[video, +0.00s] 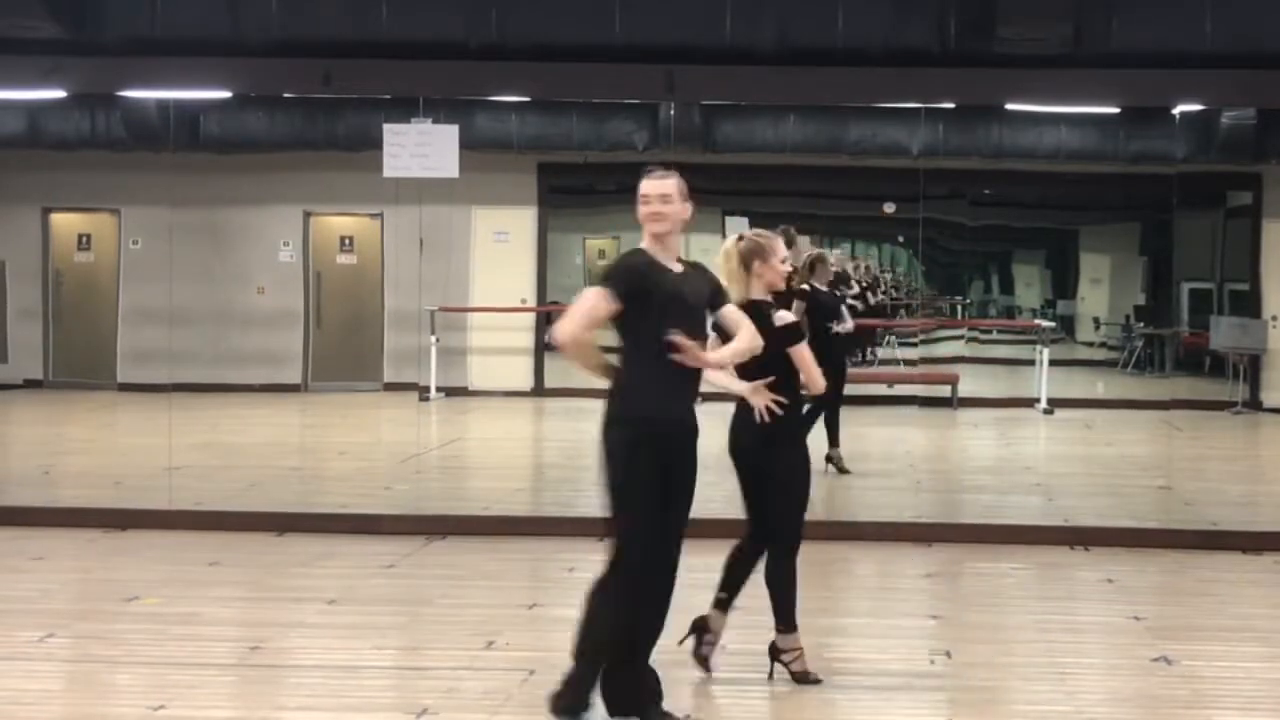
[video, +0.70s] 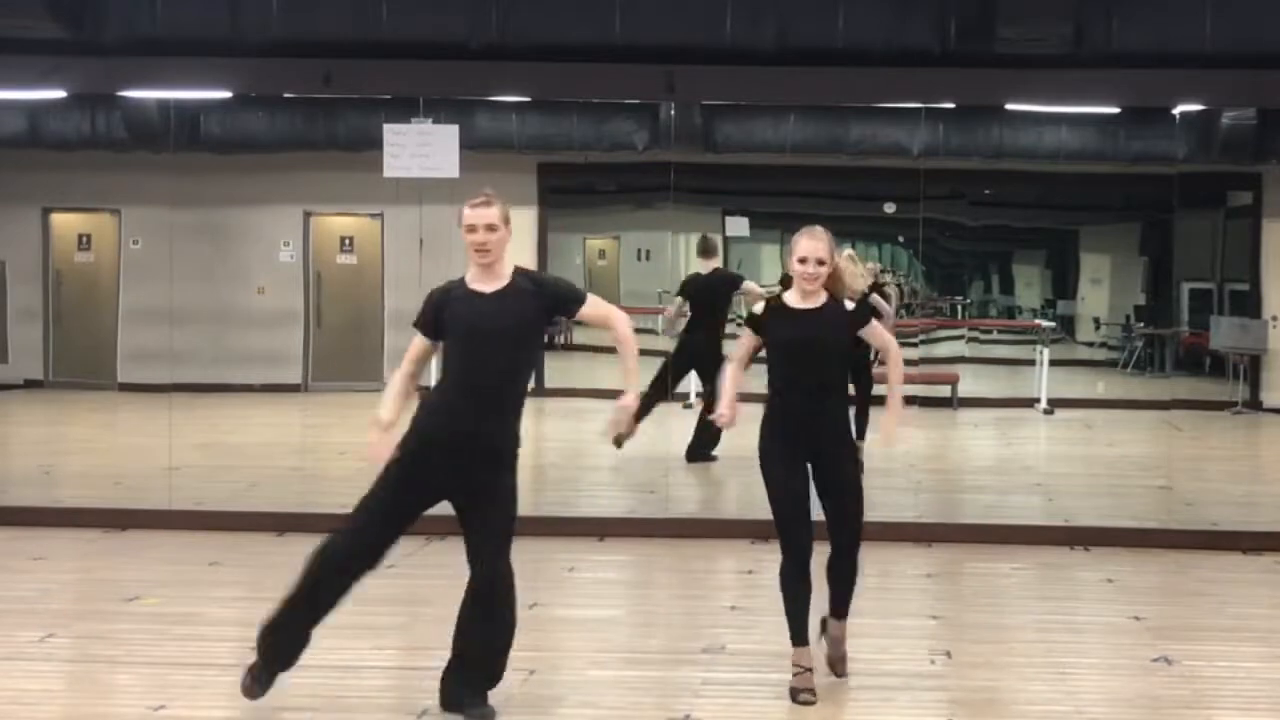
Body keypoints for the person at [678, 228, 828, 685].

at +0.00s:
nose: (789, 268)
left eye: (786, 260)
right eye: (781, 261)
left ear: (750, 268)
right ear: (759, 267)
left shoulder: (727, 314)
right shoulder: (782, 316)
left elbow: (708, 368)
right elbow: (815, 383)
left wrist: (747, 388)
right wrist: (806, 381)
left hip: (746, 428)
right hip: (784, 430)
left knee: (758, 532)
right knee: (785, 538)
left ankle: (714, 618)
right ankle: (787, 638)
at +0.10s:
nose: (802, 270)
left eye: (801, 262)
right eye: (797, 263)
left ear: (764, 268)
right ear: (778, 269)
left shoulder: (740, 313)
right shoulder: (795, 318)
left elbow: (727, 373)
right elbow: (839, 376)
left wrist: (757, 390)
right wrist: (814, 382)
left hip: (753, 427)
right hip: (788, 431)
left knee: (811, 522)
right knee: (797, 531)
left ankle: (775, 618)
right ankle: (787, 636)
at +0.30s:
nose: (812, 267)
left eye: (817, 259)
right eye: (801, 260)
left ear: (823, 263)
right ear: (781, 266)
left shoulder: (799, 309)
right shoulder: (797, 306)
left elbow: (778, 372)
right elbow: (862, 339)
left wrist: (760, 419)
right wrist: (859, 361)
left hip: (811, 434)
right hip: (786, 437)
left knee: (826, 539)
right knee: (799, 541)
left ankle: (836, 638)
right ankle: (803, 643)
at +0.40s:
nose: (809, 266)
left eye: (817, 258)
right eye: (800, 259)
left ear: (829, 262)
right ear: (787, 264)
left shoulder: (828, 308)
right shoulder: (793, 307)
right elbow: (860, 336)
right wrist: (925, 356)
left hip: (823, 439)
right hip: (785, 440)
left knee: (823, 540)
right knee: (800, 542)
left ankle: (835, 638)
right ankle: (805, 651)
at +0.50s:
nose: (809, 270)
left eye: (818, 262)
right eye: (801, 263)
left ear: (832, 267)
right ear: (789, 268)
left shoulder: (837, 313)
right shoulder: (791, 310)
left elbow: (857, 367)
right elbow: (816, 338)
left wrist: (877, 407)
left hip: (829, 437)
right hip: (789, 436)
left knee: (822, 541)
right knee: (804, 542)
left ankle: (834, 635)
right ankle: (797, 654)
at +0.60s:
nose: (810, 269)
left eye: (819, 261)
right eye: (802, 261)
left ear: (832, 265)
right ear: (790, 265)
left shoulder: (849, 313)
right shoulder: (782, 313)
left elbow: (892, 347)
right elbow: (728, 342)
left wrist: (918, 391)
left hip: (834, 442)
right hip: (789, 441)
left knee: (826, 544)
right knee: (808, 544)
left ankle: (834, 638)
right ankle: (799, 656)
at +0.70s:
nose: (811, 269)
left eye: (819, 262)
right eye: (802, 260)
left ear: (831, 266)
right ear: (789, 262)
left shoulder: (847, 312)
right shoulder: (768, 312)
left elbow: (892, 349)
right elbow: (737, 362)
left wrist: (893, 410)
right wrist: (728, 401)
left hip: (834, 439)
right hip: (782, 440)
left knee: (848, 539)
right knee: (796, 546)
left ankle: (837, 625)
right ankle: (800, 655)